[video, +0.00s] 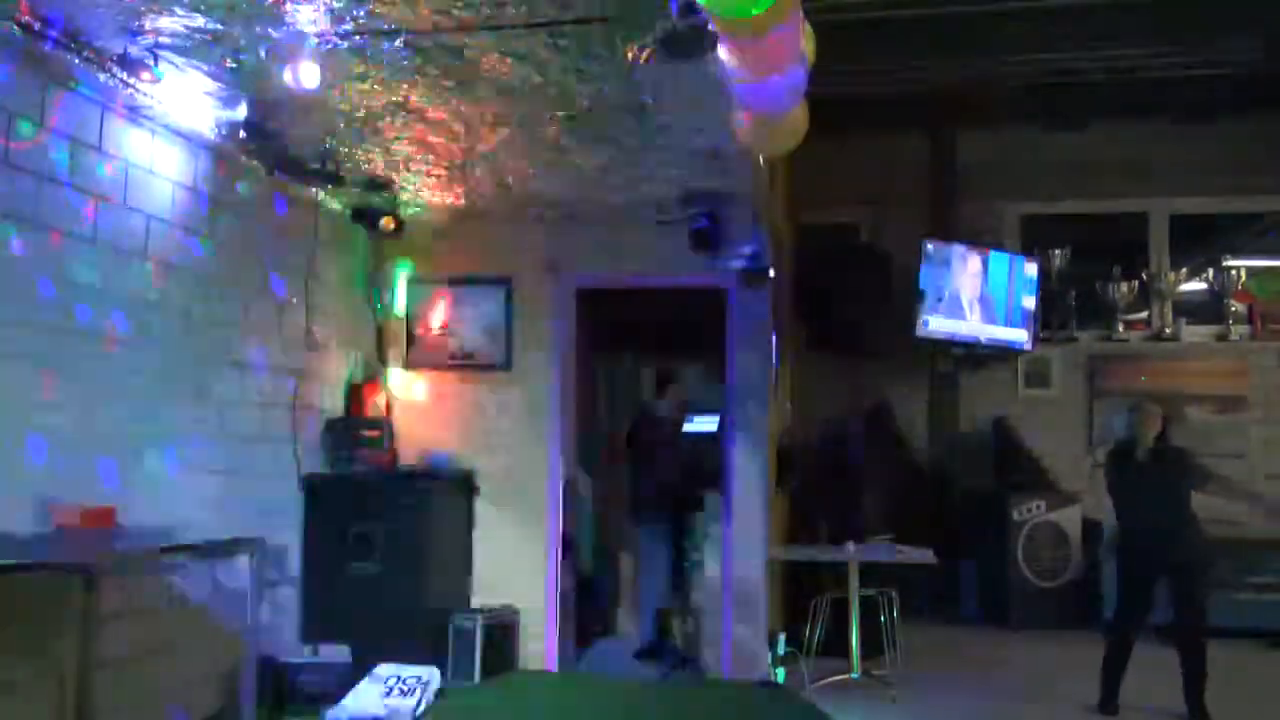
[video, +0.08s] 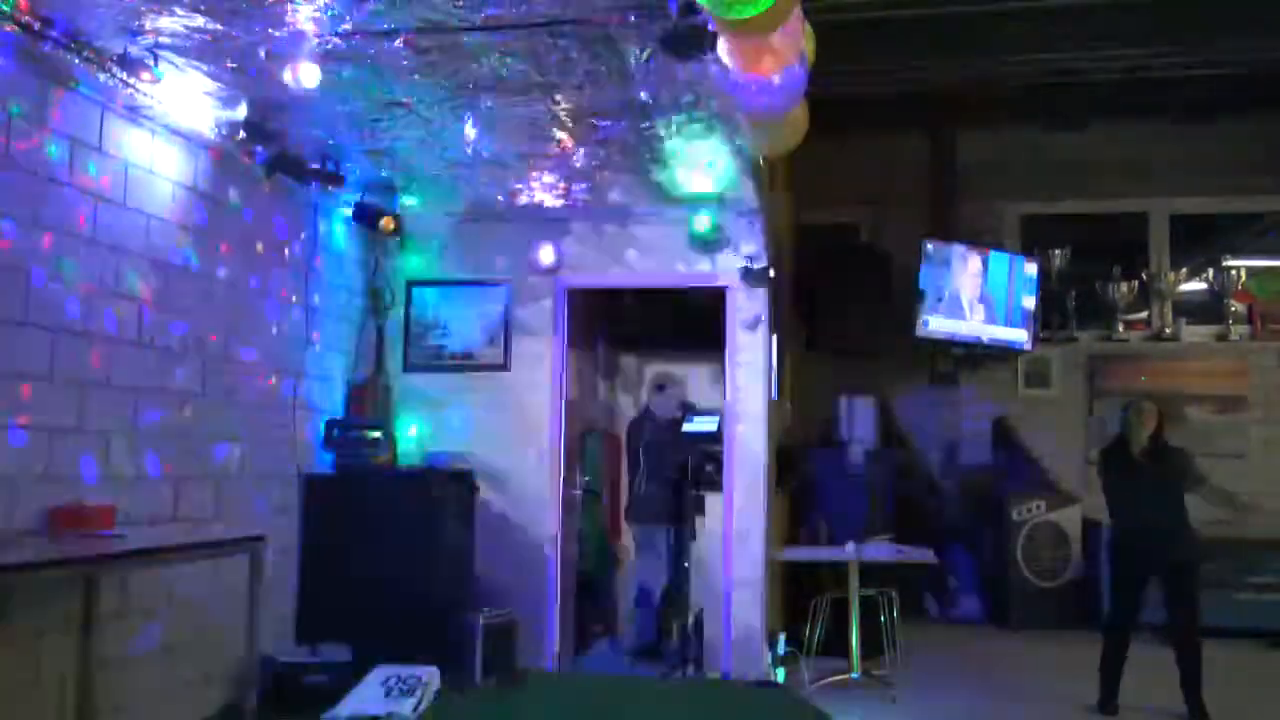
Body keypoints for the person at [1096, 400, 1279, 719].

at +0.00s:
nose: (1147, 424)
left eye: (1153, 419)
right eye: (1141, 417)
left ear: (1162, 424)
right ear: (1131, 422)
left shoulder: (1175, 458)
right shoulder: (1118, 457)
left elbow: (1212, 483)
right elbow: (1120, 493)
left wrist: (1258, 500)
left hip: (1182, 552)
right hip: (1137, 553)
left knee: (1191, 628)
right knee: (1125, 624)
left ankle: (1196, 704)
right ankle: (1108, 698)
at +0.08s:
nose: (1143, 420)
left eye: (1149, 414)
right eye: (1137, 414)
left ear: (1158, 420)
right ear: (1126, 419)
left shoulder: (1173, 457)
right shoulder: (1111, 457)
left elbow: (1205, 488)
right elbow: (1116, 502)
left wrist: (1237, 503)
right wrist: (1135, 452)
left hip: (1175, 549)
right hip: (1130, 550)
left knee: (1184, 626)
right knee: (1119, 623)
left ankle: (1194, 702)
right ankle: (1108, 698)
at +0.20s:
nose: (1133, 415)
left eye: (1139, 409)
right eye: (1128, 409)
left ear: (1149, 415)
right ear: (1117, 414)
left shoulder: (1165, 454)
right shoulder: (1101, 453)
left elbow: (1190, 486)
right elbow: (1098, 493)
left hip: (1160, 548)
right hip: (1116, 549)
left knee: (1176, 626)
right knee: (1112, 624)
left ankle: (1192, 703)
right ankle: (1107, 697)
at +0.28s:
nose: (1131, 416)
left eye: (1137, 410)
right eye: (1124, 410)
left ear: (1146, 415)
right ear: (1112, 415)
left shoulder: (1156, 450)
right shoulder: (1096, 451)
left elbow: (1159, 493)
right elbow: (1099, 487)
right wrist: (1121, 447)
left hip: (1152, 545)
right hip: (1109, 548)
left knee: (1172, 626)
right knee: (1108, 625)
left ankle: (1190, 701)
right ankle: (1107, 697)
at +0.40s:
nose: (1126, 417)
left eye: (1132, 412)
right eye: (1119, 412)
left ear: (1140, 416)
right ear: (1108, 416)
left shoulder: (1144, 450)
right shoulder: (1090, 450)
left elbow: (1149, 491)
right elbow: (1091, 494)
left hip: (1145, 545)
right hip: (1103, 547)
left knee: (1169, 625)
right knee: (1103, 625)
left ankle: (1190, 703)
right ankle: (1106, 698)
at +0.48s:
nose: (1125, 415)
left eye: (1130, 409)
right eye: (1118, 409)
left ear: (1138, 416)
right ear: (1105, 414)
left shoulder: (1138, 454)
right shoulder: (1087, 449)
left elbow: (1142, 508)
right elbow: (1086, 498)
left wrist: (1148, 544)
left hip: (1138, 547)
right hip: (1098, 548)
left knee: (1164, 620)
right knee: (1102, 625)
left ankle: (1184, 698)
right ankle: (1106, 697)